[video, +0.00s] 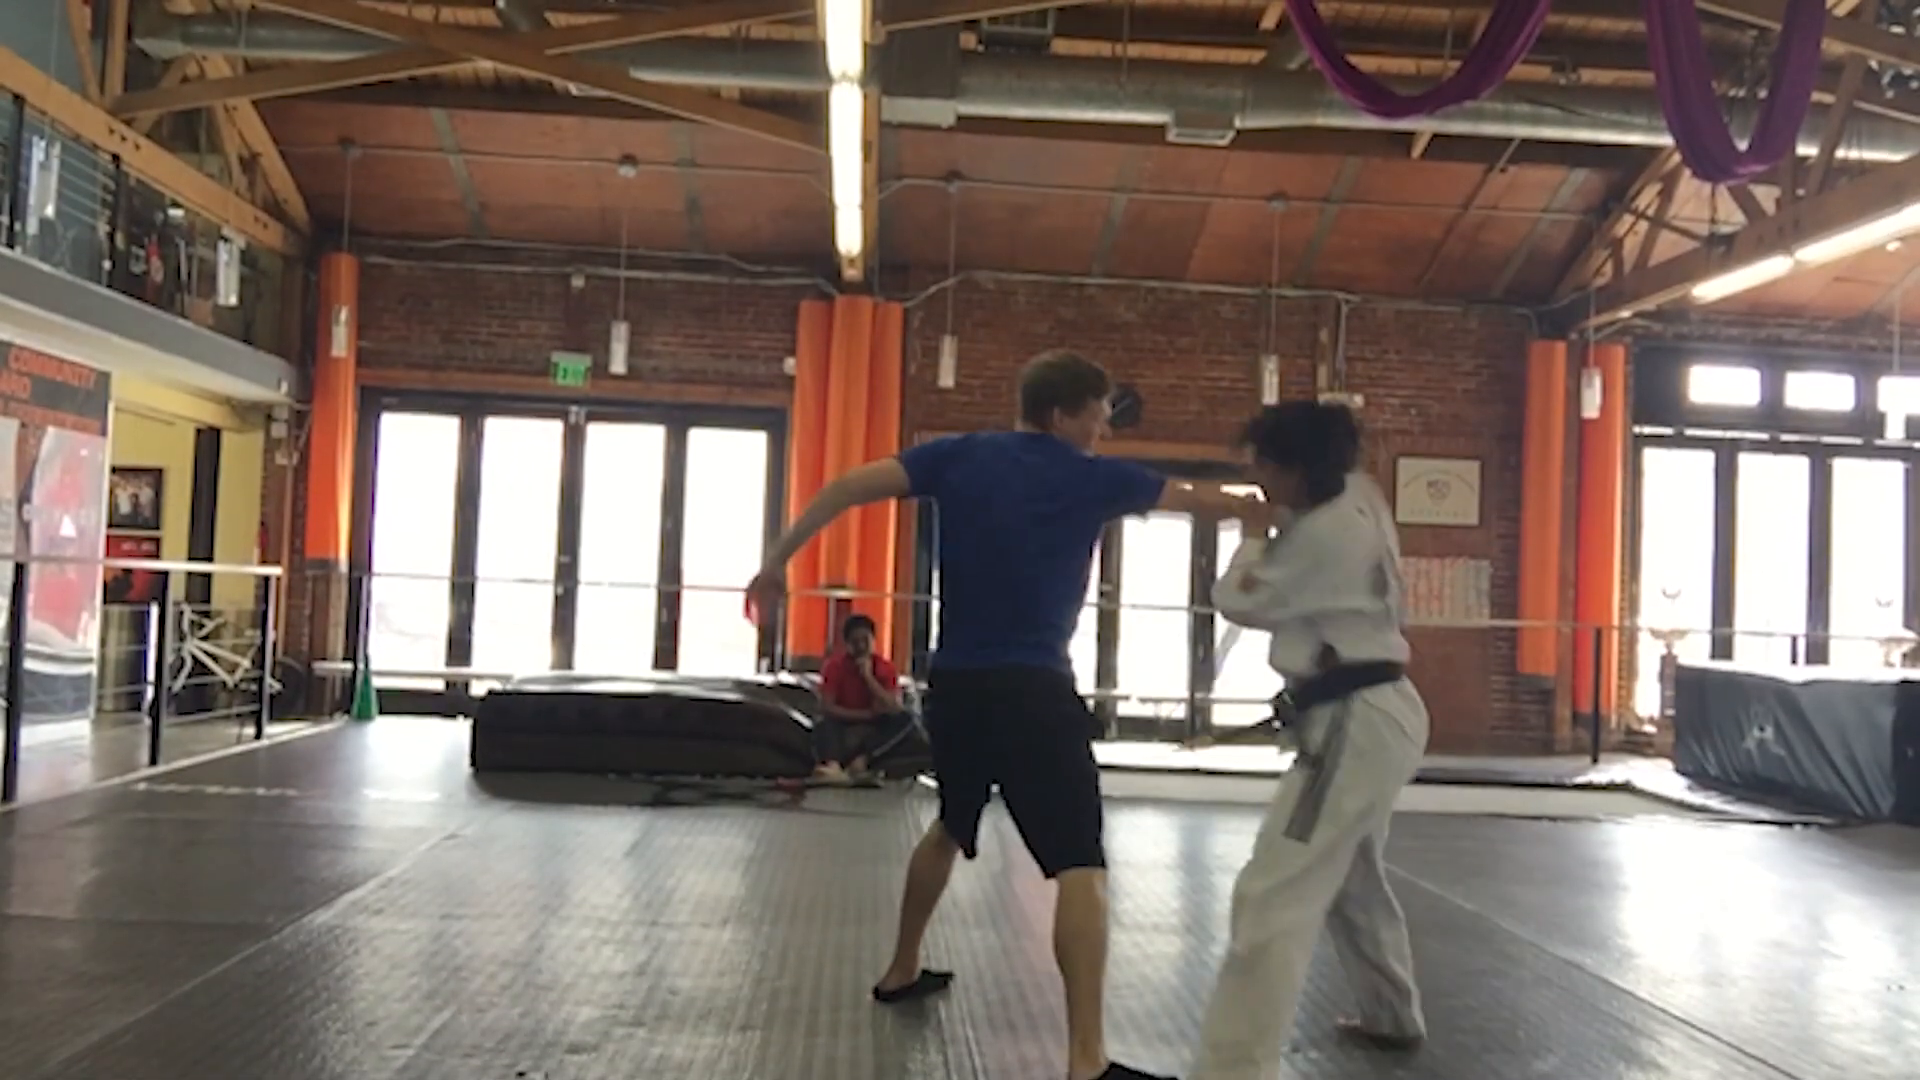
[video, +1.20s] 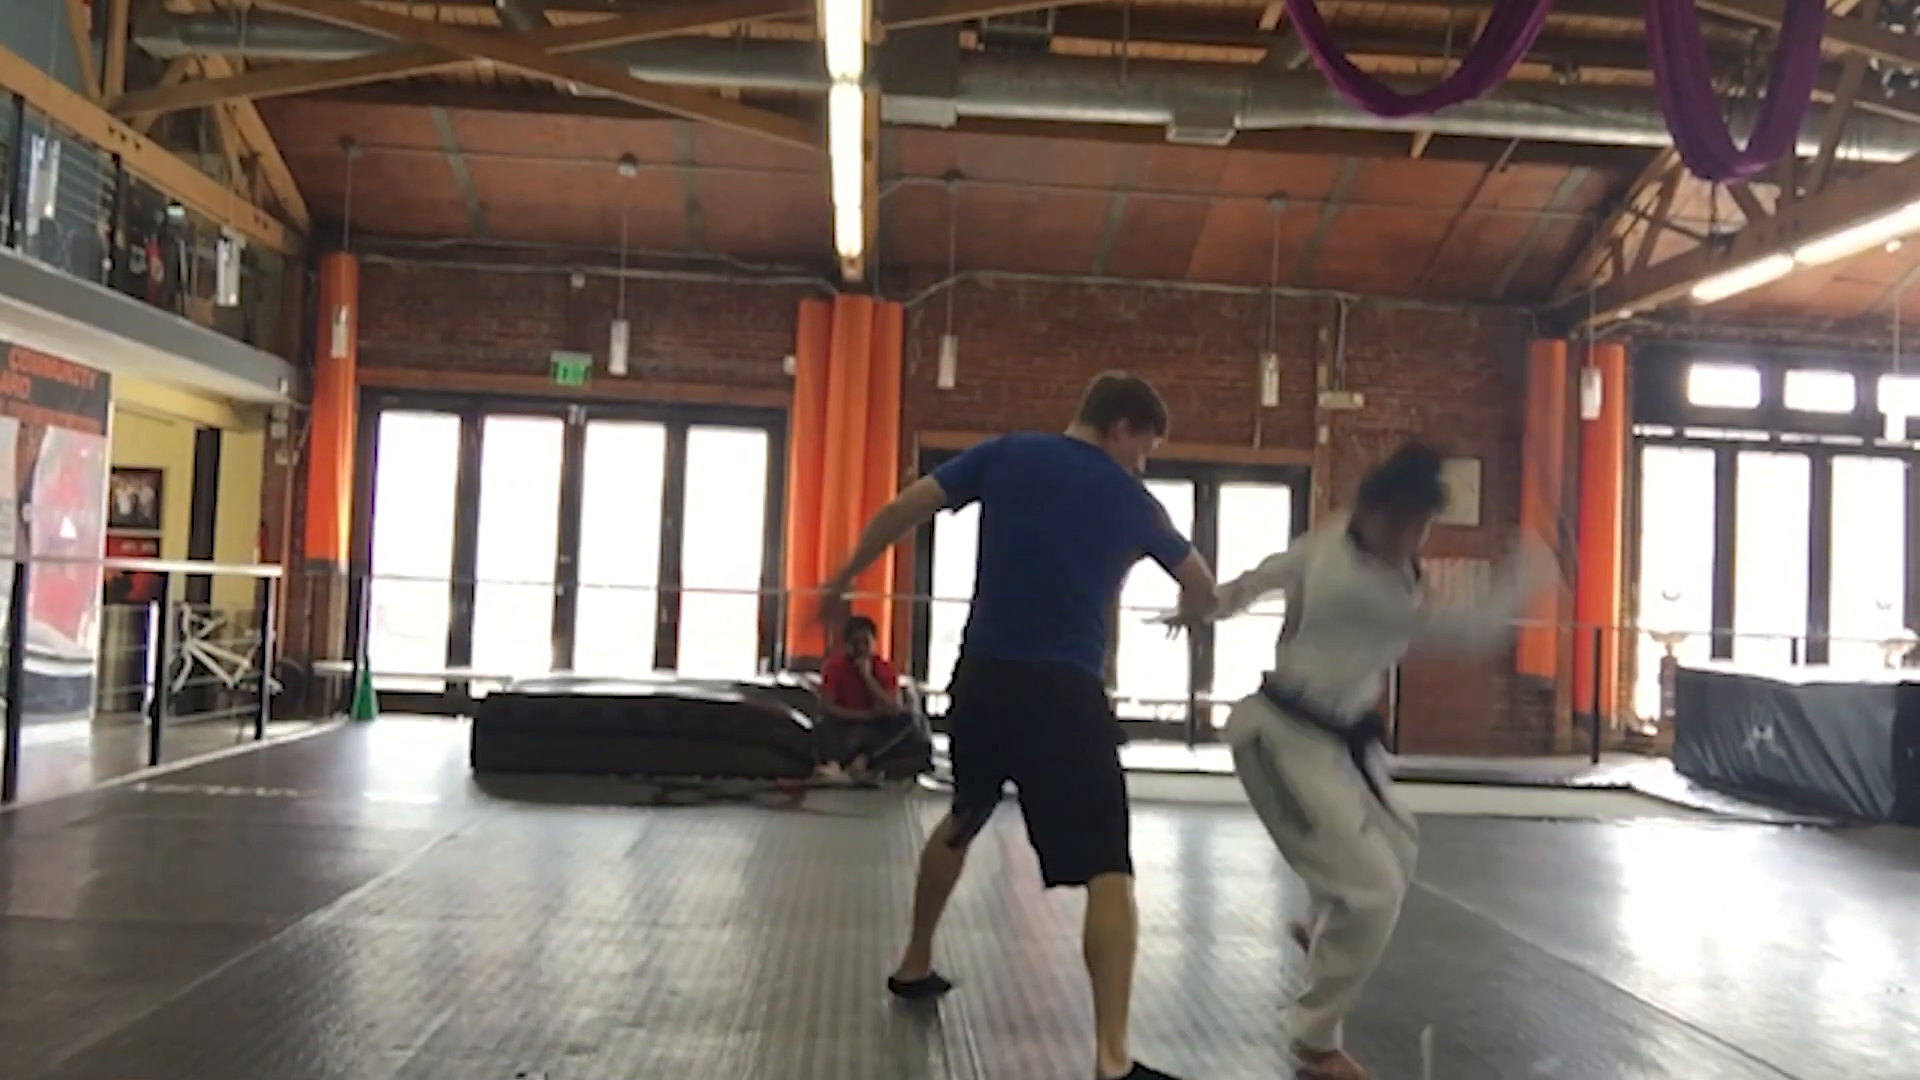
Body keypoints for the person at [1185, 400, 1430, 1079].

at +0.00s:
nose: (1258, 479)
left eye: (1265, 468)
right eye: (1258, 467)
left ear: (1298, 470)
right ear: (1321, 464)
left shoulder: (1326, 532)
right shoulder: (1357, 498)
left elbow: (1236, 597)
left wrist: (1256, 533)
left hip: (1359, 721)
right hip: (1377, 709)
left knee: (1270, 897)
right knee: (1351, 874)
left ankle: (1232, 1068)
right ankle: (1393, 1018)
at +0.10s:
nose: (1277, 504)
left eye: (1286, 492)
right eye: (1276, 492)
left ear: (1324, 496)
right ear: (1316, 498)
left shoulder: (1363, 557)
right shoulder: (1309, 546)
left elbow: (1275, 622)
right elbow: (1240, 594)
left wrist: (1242, 574)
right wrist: (1201, 652)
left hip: (1395, 747)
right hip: (1359, 744)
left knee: (1288, 899)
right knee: (1351, 898)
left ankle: (1257, 1069)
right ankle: (1396, 1024)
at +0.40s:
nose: (1334, 489)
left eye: (1346, 478)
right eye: (1339, 476)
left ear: (1373, 494)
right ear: (1388, 497)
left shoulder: (1391, 575)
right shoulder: (1358, 561)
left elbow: (1317, 651)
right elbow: (1312, 638)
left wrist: (1267, 609)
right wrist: (1257, 618)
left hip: (1356, 757)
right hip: (1345, 750)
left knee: (1226, 914)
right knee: (1326, 904)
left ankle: (1255, 1071)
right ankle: (1390, 1026)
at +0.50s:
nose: (1359, 474)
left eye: (1366, 464)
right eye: (1369, 464)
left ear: (1374, 476)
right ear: (1429, 489)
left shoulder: (1324, 537)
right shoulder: (1420, 562)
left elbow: (1253, 612)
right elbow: (1371, 626)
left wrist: (1231, 570)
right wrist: (1270, 573)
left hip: (1289, 721)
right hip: (1374, 727)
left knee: (1236, 895)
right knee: (1366, 867)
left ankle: (1213, 1062)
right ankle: (1404, 1030)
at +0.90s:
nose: (1393, 492)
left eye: (1395, 477)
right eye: (1390, 477)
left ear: (1308, 466)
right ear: (1364, 473)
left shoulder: (1263, 521)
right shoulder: (1388, 537)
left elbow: (1204, 601)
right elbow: (1399, 629)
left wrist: (1266, 638)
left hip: (1265, 712)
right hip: (1359, 717)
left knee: (1235, 899)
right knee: (1369, 894)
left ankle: (1195, 1053)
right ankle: (1320, 1047)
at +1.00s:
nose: (1421, 495)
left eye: (1425, 481)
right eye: (1416, 479)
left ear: (1360, 468)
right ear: (1380, 470)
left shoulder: (1283, 516)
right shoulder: (1388, 532)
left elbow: (1218, 593)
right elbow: (1468, 567)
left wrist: (1262, 647)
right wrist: (1464, 535)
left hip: (1258, 700)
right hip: (1338, 706)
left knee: (1297, 873)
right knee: (1360, 887)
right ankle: (1333, 1057)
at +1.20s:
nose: (1417, 539)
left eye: (1424, 526)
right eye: (1409, 524)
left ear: (1425, 519)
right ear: (1375, 514)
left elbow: (1258, 579)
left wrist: (1207, 606)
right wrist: (1519, 579)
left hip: (1343, 737)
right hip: (1287, 736)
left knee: (1397, 851)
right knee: (1372, 888)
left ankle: (1323, 930)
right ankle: (1315, 1040)